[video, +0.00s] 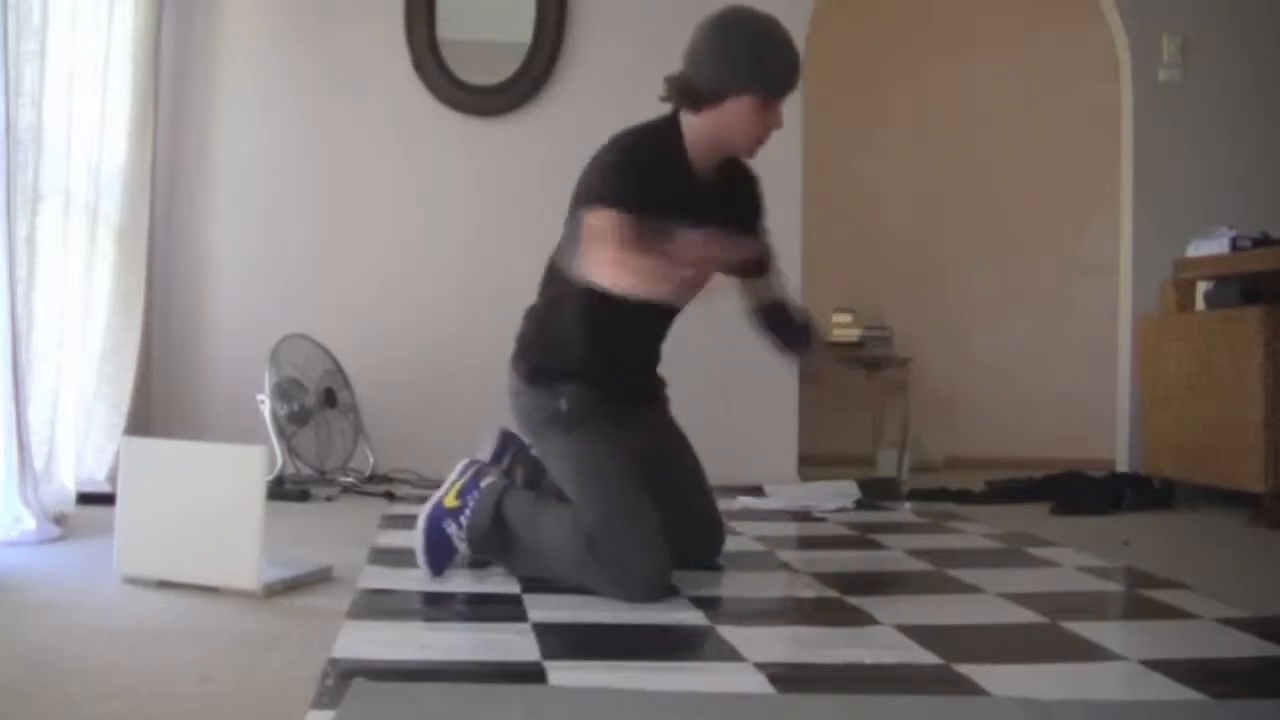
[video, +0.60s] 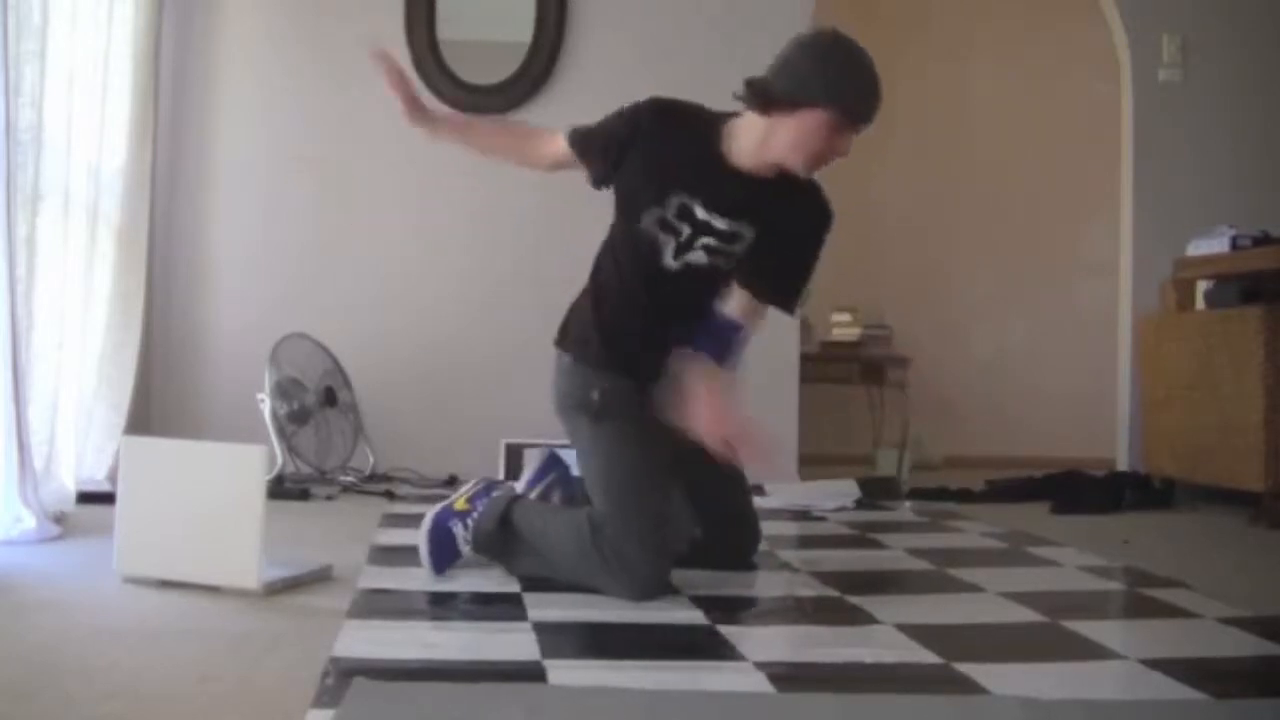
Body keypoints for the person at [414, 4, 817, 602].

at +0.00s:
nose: (777, 124)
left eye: (780, 106)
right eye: (771, 104)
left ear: (740, 98)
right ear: (729, 94)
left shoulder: (736, 185)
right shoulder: (630, 159)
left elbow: (758, 281)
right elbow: (599, 260)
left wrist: (783, 322)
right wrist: (695, 272)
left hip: (632, 388)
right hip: (557, 388)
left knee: (696, 545)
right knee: (638, 575)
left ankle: (531, 478)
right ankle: (488, 507)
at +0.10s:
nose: (788, 121)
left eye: (792, 104)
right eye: (783, 101)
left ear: (753, 98)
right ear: (742, 91)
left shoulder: (752, 188)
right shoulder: (636, 154)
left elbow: (816, 315)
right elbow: (536, 218)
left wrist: (913, 388)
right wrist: (469, 228)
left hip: (644, 388)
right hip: (570, 387)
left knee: (702, 546)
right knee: (638, 575)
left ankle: (539, 485)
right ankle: (491, 507)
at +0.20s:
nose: (803, 110)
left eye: (809, 95)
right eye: (794, 90)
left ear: (780, 96)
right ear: (740, 78)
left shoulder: (773, 183)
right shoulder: (632, 146)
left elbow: (821, 312)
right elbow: (494, 201)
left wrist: (900, 382)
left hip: (665, 386)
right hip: (587, 378)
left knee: (712, 545)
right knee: (640, 577)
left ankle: (532, 495)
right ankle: (491, 517)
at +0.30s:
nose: (813, 114)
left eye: (818, 97)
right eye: (807, 93)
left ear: (781, 90)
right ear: (758, 78)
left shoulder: (782, 179)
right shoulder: (634, 138)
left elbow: (778, 317)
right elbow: (508, 196)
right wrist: (385, 214)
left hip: (675, 386)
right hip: (597, 377)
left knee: (720, 546)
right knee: (638, 572)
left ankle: (559, 488)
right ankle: (490, 519)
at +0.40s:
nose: (821, 118)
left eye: (825, 101)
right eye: (814, 96)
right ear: (763, 76)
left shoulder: (790, 183)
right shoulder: (645, 125)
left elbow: (719, 289)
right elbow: (552, 187)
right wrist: (451, 196)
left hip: (677, 383)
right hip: (600, 373)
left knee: (728, 545)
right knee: (639, 573)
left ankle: (568, 498)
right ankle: (492, 517)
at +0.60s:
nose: (842, 148)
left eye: (851, 134)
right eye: (838, 124)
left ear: (834, 134)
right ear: (791, 101)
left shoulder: (802, 213)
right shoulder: (660, 131)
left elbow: (718, 344)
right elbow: (544, 149)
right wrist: (435, 121)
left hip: (675, 392)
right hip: (598, 376)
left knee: (732, 547)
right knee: (636, 570)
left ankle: (573, 500)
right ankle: (491, 517)